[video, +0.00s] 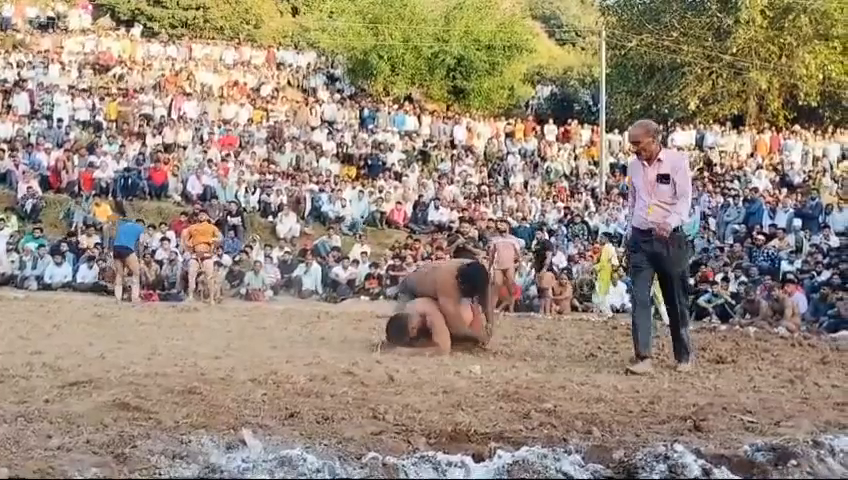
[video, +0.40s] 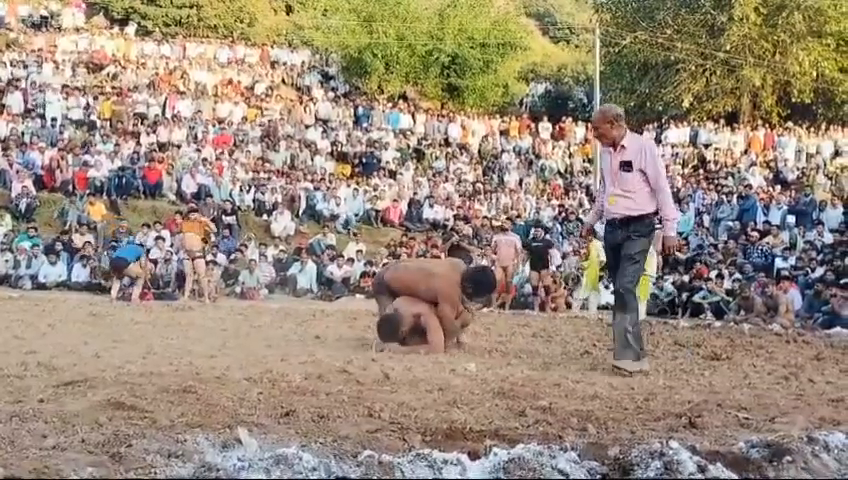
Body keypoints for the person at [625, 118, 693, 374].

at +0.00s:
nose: (637, 151)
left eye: (640, 145)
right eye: (634, 146)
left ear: (655, 140)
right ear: (633, 144)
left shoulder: (676, 160)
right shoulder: (634, 165)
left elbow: (684, 199)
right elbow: (633, 200)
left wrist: (670, 223)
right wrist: (631, 228)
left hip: (669, 235)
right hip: (639, 235)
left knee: (675, 299)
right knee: (640, 297)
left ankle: (683, 356)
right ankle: (642, 356)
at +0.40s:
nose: (596, 137)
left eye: (599, 132)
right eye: (594, 133)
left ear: (615, 126)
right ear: (607, 128)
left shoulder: (643, 147)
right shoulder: (605, 150)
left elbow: (662, 188)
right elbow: (606, 190)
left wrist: (669, 228)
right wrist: (591, 221)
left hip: (640, 223)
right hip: (612, 225)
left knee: (624, 286)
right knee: (620, 288)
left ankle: (631, 353)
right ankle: (626, 350)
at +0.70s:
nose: (575, 132)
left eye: (577, 126)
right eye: (573, 127)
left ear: (591, 117)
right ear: (587, 119)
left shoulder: (618, 138)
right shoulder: (589, 143)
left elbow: (634, 182)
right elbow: (591, 186)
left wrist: (639, 224)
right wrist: (582, 227)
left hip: (613, 220)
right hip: (589, 222)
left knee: (599, 295)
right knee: (578, 294)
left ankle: (610, 361)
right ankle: (609, 335)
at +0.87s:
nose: (560, 125)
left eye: (561, 118)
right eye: (559, 119)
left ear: (575, 111)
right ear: (573, 112)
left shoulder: (603, 135)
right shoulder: (578, 139)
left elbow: (607, 180)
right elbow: (578, 182)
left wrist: (592, 216)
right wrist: (568, 211)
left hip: (597, 218)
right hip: (575, 218)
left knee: (599, 294)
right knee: (552, 284)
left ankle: (611, 362)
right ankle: (578, 345)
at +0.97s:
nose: (551, 126)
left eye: (551, 119)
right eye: (549, 120)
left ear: (565, 111)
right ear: (565, 111)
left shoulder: (594, 135)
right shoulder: (572, 140)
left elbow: (590, 178)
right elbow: (571, 183)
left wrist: (563, 210)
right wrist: (559, 214)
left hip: (590, 217)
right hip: (570, 218)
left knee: (598, 291)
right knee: (548, 284)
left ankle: (615, 359)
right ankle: (540, 351)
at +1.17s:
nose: (521, 128)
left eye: (522, 122)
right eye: (520, 122)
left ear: (532, 115)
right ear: (537, 114)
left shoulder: (559, 137)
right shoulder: (547, 141)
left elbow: (554, 182)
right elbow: (553, 183)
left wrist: (528, 210)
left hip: (561, 223)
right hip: (544, 223)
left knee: (576, 293)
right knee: (521, 291)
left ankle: (613, 357)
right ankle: (521, 356)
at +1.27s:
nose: (507, 125)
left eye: (508, 119)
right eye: (506, 119)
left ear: (520, 114)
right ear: (524, 113)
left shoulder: (545, 135)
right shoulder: (535, 138)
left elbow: (543, 183)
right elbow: (536, 184)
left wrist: (520, 217)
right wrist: (521, 211)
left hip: (548, 221)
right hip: (535, 221)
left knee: (539, 294)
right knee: (513, 294)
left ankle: (594, 340)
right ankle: (520, 357)